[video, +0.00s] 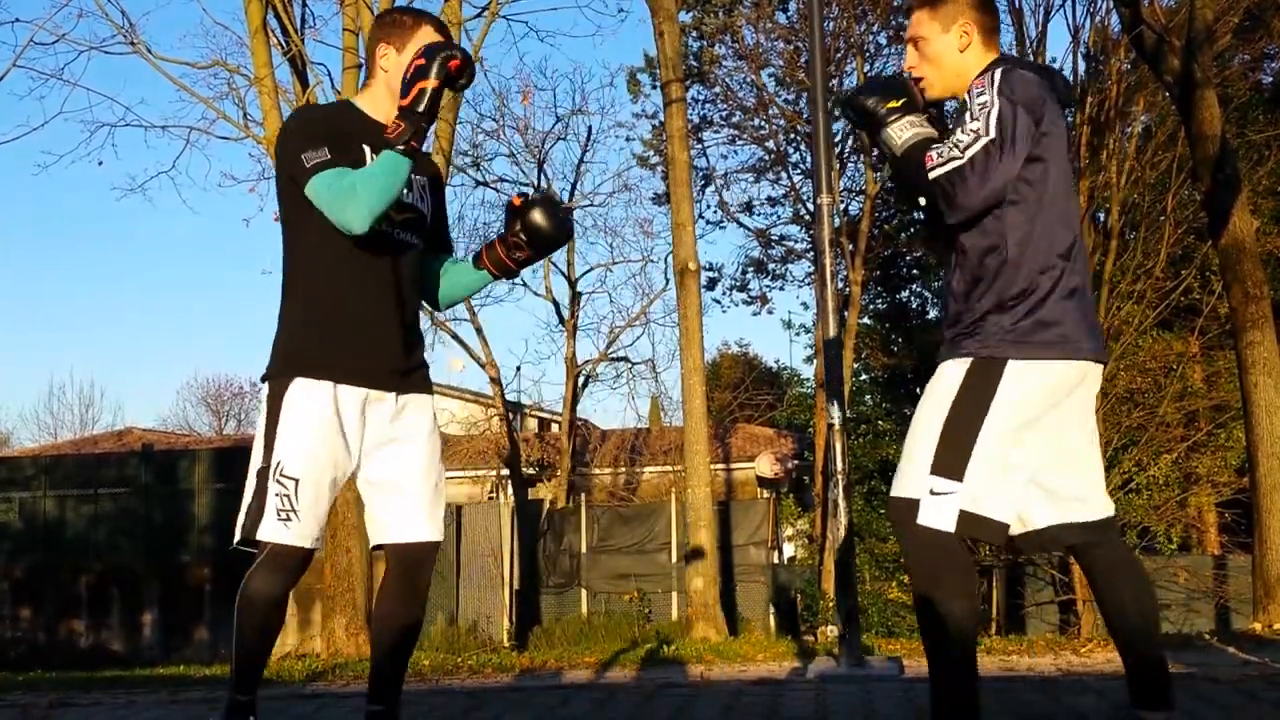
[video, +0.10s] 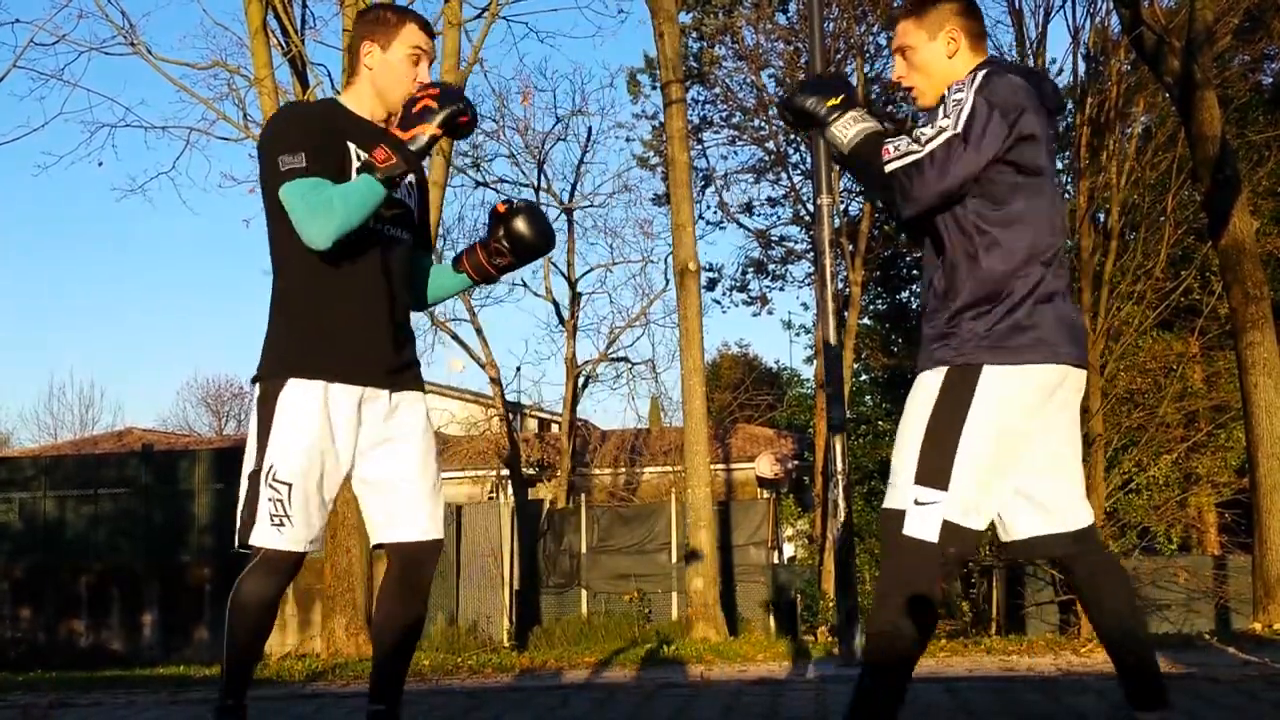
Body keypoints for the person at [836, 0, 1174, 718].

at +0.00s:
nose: (907, 61)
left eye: (918, 43)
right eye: (907, 44)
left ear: (967, 38)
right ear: (967, 37)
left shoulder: (1002, 85)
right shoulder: (1027, 93)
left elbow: (962, 191)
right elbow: (955, 216)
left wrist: (913, 138)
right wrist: (906, 144)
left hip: (1008, 340)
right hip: (1059, 339)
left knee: (922, 514)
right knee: (1088, 524)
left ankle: (954, 714)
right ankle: (1155, 702)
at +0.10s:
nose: (898, 71)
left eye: (905, 52)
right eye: (896, 56)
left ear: (953, 41)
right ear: (954, 45)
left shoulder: (989, 93)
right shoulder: (1002, 99)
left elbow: (913, 185)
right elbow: (918, 198)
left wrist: (850, 125)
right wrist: (852, 130)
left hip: (985, 347)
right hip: (1039, 344)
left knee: (914, 530)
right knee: (1061, 529)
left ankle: (868, 717)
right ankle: (1151, 703)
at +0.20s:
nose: (870, 84)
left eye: (881, 66)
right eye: (870, 68)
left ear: (931, 61)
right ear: (937, 67)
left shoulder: (952, 117)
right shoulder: (983, 119)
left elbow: (879, 212)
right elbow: (904, 225)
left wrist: (792, 173)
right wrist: (830, 176)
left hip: (956, 369)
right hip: (1013, 371)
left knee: (867, 546)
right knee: (1038, 544)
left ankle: (826, 719)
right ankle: (1144, 702)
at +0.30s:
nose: (821, 88)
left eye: (831, 71)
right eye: (822, 72)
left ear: (879, 68)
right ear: (889, 73)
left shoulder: (902, 121)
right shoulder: (943, 125)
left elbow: (905, 247)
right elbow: (922, 249)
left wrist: (829, 227)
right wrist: (835, 217)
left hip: (907, 369)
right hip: (978, 371)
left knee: (810, 543)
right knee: (1021, 537)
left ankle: (805, 718)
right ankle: (1135, 698)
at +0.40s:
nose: (781, 80)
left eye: (789, 64)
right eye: (781, 66)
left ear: (837, 58)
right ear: (850, 60)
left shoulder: (859, 115)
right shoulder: (912, 121)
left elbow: (839, 223)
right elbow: (860, 233)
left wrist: (763, 196)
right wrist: (776, 196)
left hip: (881, 360)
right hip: (954, 357)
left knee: (808, 533)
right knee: (950, 522)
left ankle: (803, 716)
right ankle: (1080, 686)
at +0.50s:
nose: (763, 75)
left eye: (770, 57)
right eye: (762, 60)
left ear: (813, 49)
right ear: (829, 50)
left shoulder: (833, 105)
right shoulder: (894, 110)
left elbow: (750, 199)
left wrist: (701, 143)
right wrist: (724, 146)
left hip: (874, 352)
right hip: (949, 345)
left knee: (816, 533)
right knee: (946, 515)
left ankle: (802, 717)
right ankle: (1035, 695)